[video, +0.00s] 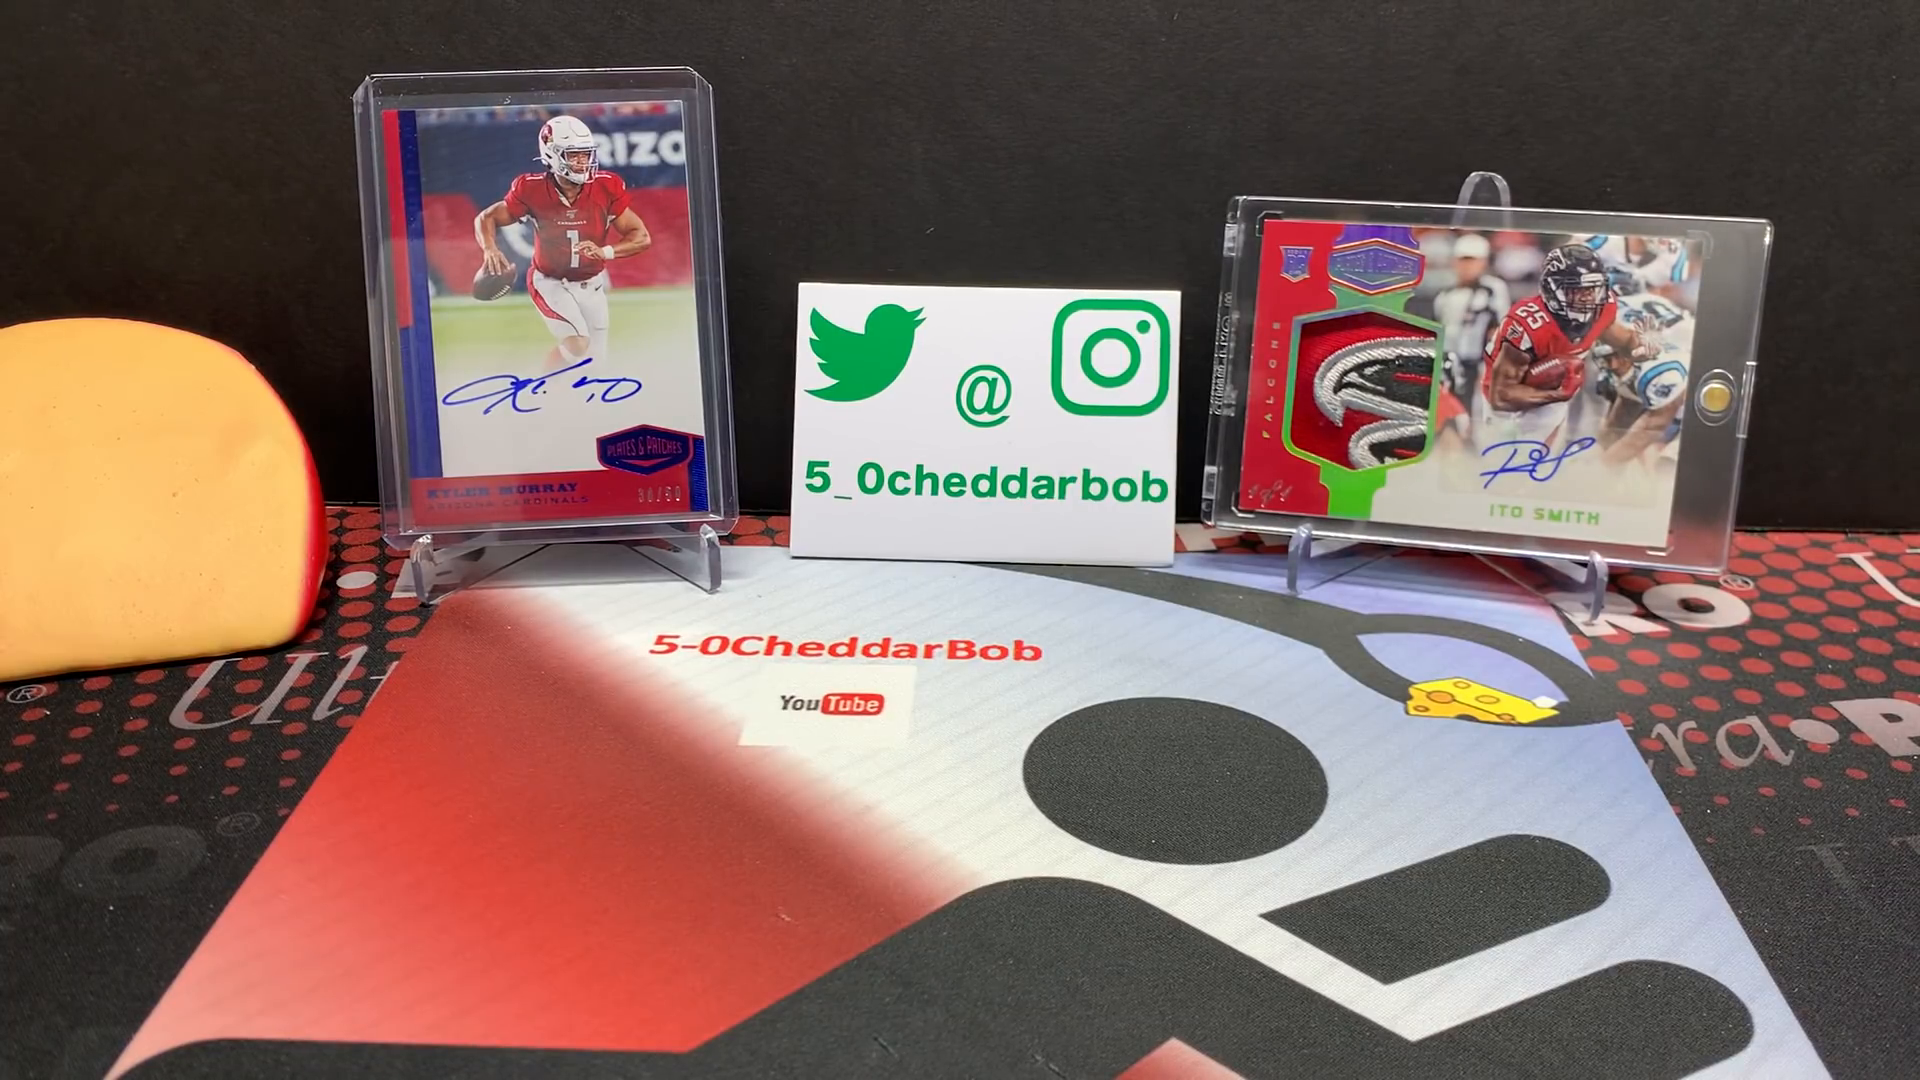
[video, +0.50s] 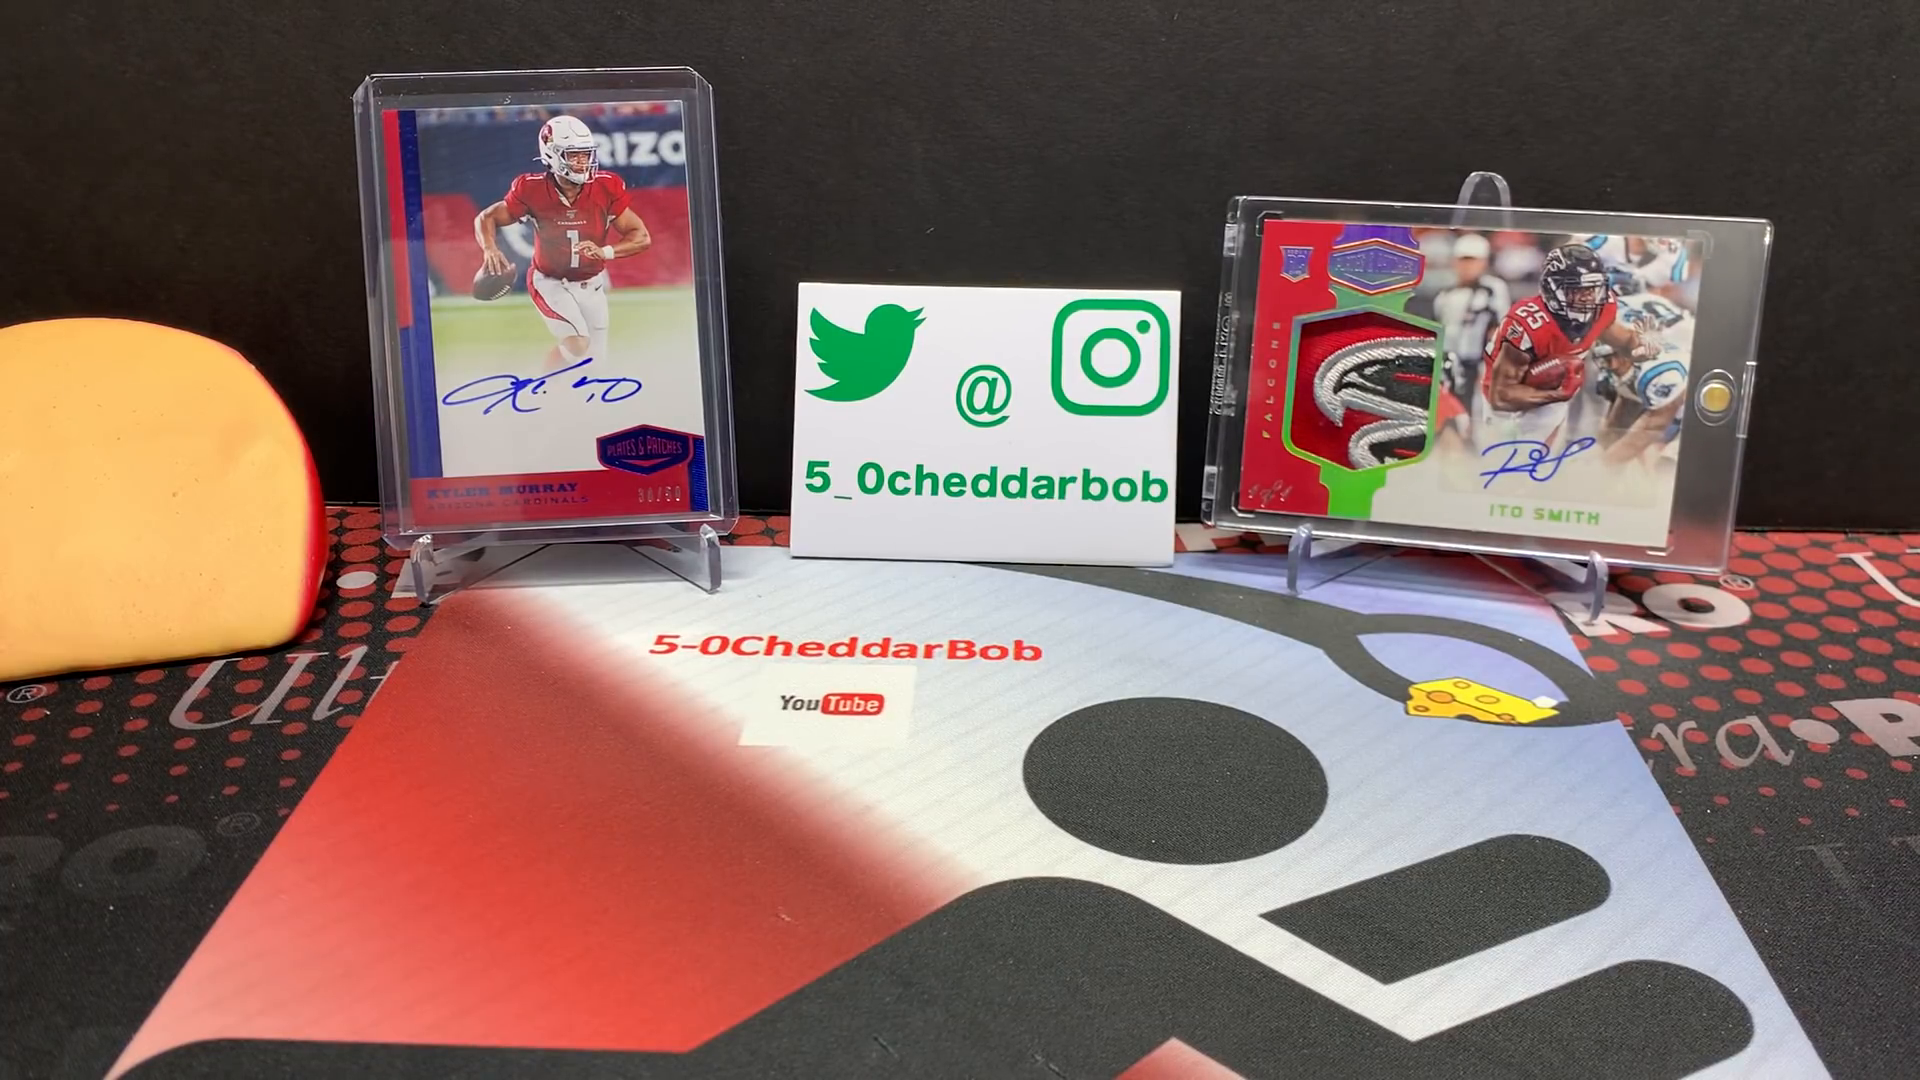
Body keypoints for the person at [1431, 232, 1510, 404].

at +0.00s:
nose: (1467, 265)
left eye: (1473, 259)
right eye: (1463, 259)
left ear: (1484, 261)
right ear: (1455, 261)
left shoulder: (1495, 288)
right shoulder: (1443, 297)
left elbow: (1502, 328)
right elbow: (1440, 333)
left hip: (1482, 366)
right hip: (1450, 366)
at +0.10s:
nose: (1467, 265)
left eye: (1473, 259)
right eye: (1463, 259)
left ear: (1484, 261)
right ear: (1456, 261)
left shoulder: (1495, 288)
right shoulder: (1443, 297)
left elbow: (1502, 328)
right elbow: (1440, 333)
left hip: (1482, 366)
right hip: (1450, 365)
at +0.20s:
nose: (1467, 265)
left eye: (1473, 259)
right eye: (1463, 259)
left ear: (1484, 261)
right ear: (1455, 261)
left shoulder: (1495, 288)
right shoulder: (1443, 297)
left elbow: (1502, 328)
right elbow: (1440, 333)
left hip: (1482, 366)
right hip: (1450, 365)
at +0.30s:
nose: (1467, 266)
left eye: (1473, 259)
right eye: (1463, 259)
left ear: (1484, 261)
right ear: (1455, 262)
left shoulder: (1495, 288)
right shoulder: (1443, 297)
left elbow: (1501, 328)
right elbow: (1440, 333)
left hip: (1483, 366)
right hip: (1451, 366)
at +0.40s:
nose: (1467, 266)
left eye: (1473, 259)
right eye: (1463, 259)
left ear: (1484, 261)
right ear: (1455, 262)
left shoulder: (1495, 288)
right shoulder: (1443, 297)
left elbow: (1501, 328)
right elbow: (1440, 333)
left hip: (1482, 366)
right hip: (1450, 366)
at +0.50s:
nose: (1467, 266)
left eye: (1473, 259)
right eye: (1463, 259)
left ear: (1484, 262)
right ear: (1455, 262)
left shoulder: (1495, 288)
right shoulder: (1443, 297)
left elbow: (1502, 328)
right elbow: (1440, 333)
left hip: (1482, 366)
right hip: (1450, 366)